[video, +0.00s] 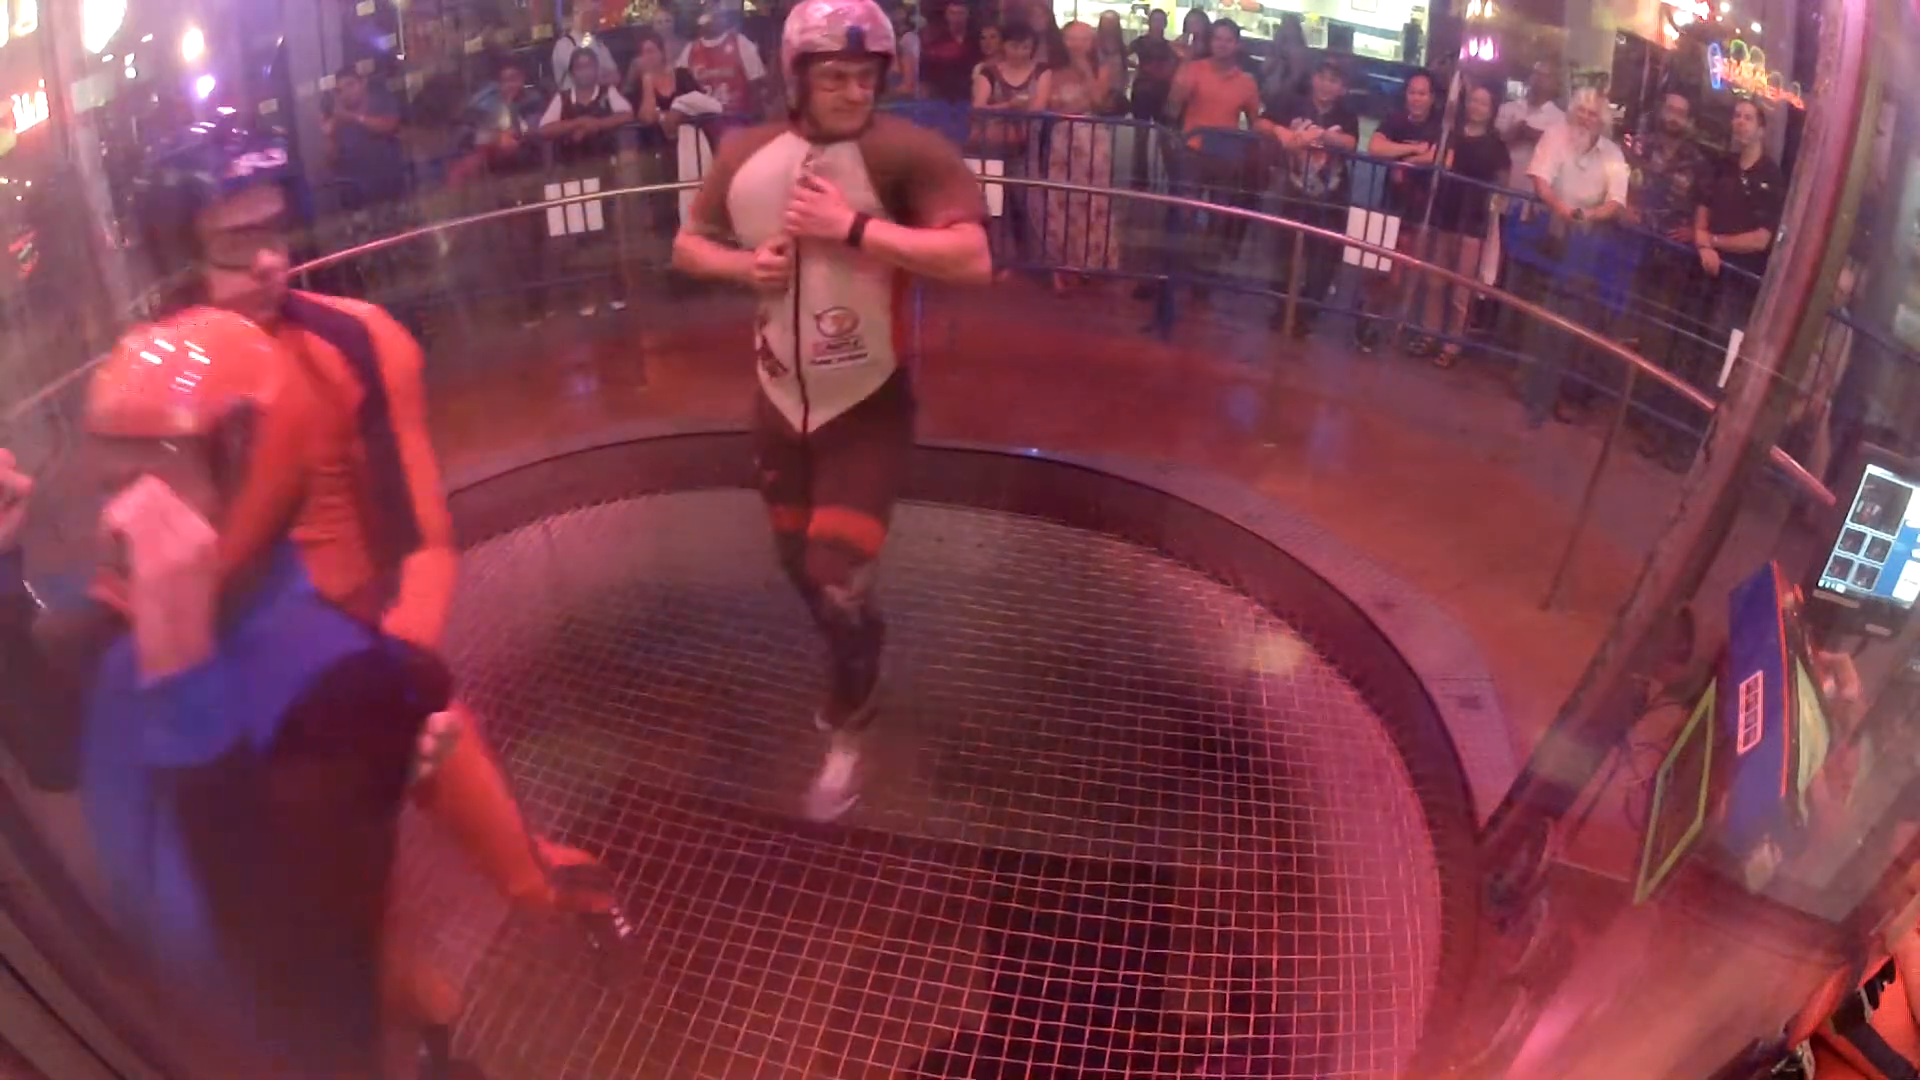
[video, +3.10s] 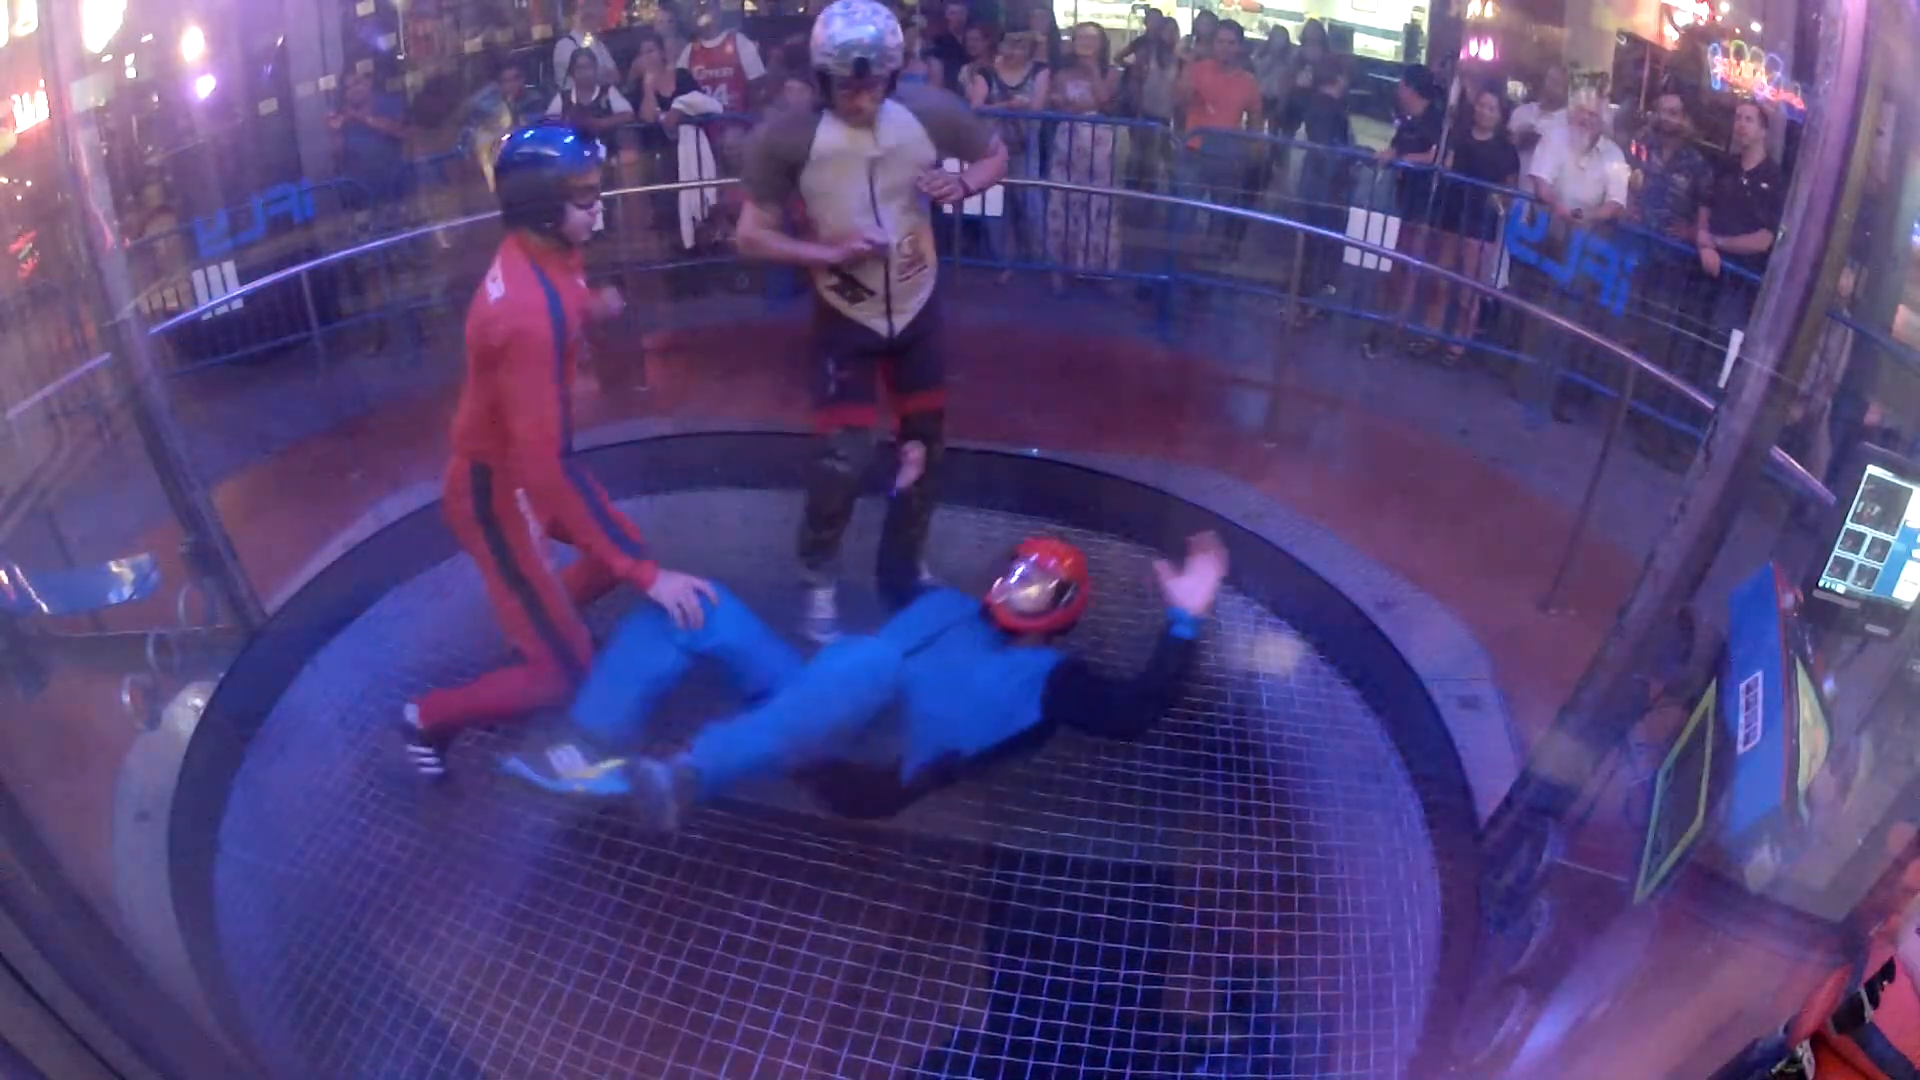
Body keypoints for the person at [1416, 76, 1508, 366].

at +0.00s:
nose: (1477, 107)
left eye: (1483, 103)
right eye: (1473, 101)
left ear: (1492, 110)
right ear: (1465, 104)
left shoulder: (1496, 146)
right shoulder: (1452, 138)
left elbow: (1502, 185)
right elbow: (1439, 169)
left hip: (1473, 219)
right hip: (1443, 213)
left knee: (1462, 286)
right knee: (1434, 280)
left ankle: (1452, 342)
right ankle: (1429, 333)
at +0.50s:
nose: (1472, 108)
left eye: (1478, 103)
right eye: (1468, 101)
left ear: (1488, 110)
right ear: (1461, 106)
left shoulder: (1492, 147)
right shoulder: (1449, 139)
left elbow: (1498, 184)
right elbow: (1436, 171)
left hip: (1472, 218)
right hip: (1442, 213)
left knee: (1461, 285)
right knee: (1434, 279)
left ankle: (1451, 342)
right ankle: (1428, 333)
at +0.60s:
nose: (1471, 108)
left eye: (1478, 104)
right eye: (1468, 102)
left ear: (1488, 111)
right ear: (1461, 105)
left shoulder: (1491, 148)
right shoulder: (1448, 140)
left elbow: (1497, 185)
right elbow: (1436, 171)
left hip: (1471, 219)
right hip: (1441, 214)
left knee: (1461, 284)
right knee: (1434, 278)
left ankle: (1452, 341)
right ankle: (1429, 333)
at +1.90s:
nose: (1477, 110)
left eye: (1483, 105)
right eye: (1472, 104)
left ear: (1491, 112)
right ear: (1463, 107)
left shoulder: (1496, 147)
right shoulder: (1451, 138)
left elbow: (1501, 181)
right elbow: (1440, 168)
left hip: (1474, 217)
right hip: (1444, 212)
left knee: (1463, 285)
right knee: (1435, 279)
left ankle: (1456, 341)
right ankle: (1429, 332)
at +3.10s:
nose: (1485, 113)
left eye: (1492, 109)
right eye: (1482, 106)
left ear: (1501, 116)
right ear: (1473, 109)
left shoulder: (1506, 150)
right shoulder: (1459, 139)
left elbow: (1510, 187)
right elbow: (1445, 168)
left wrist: (1500, 201)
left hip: (1481, 217)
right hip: (1451, 210)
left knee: (1469, 283)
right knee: (1440, 277)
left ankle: (1460, 339)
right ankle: (1432, 331)